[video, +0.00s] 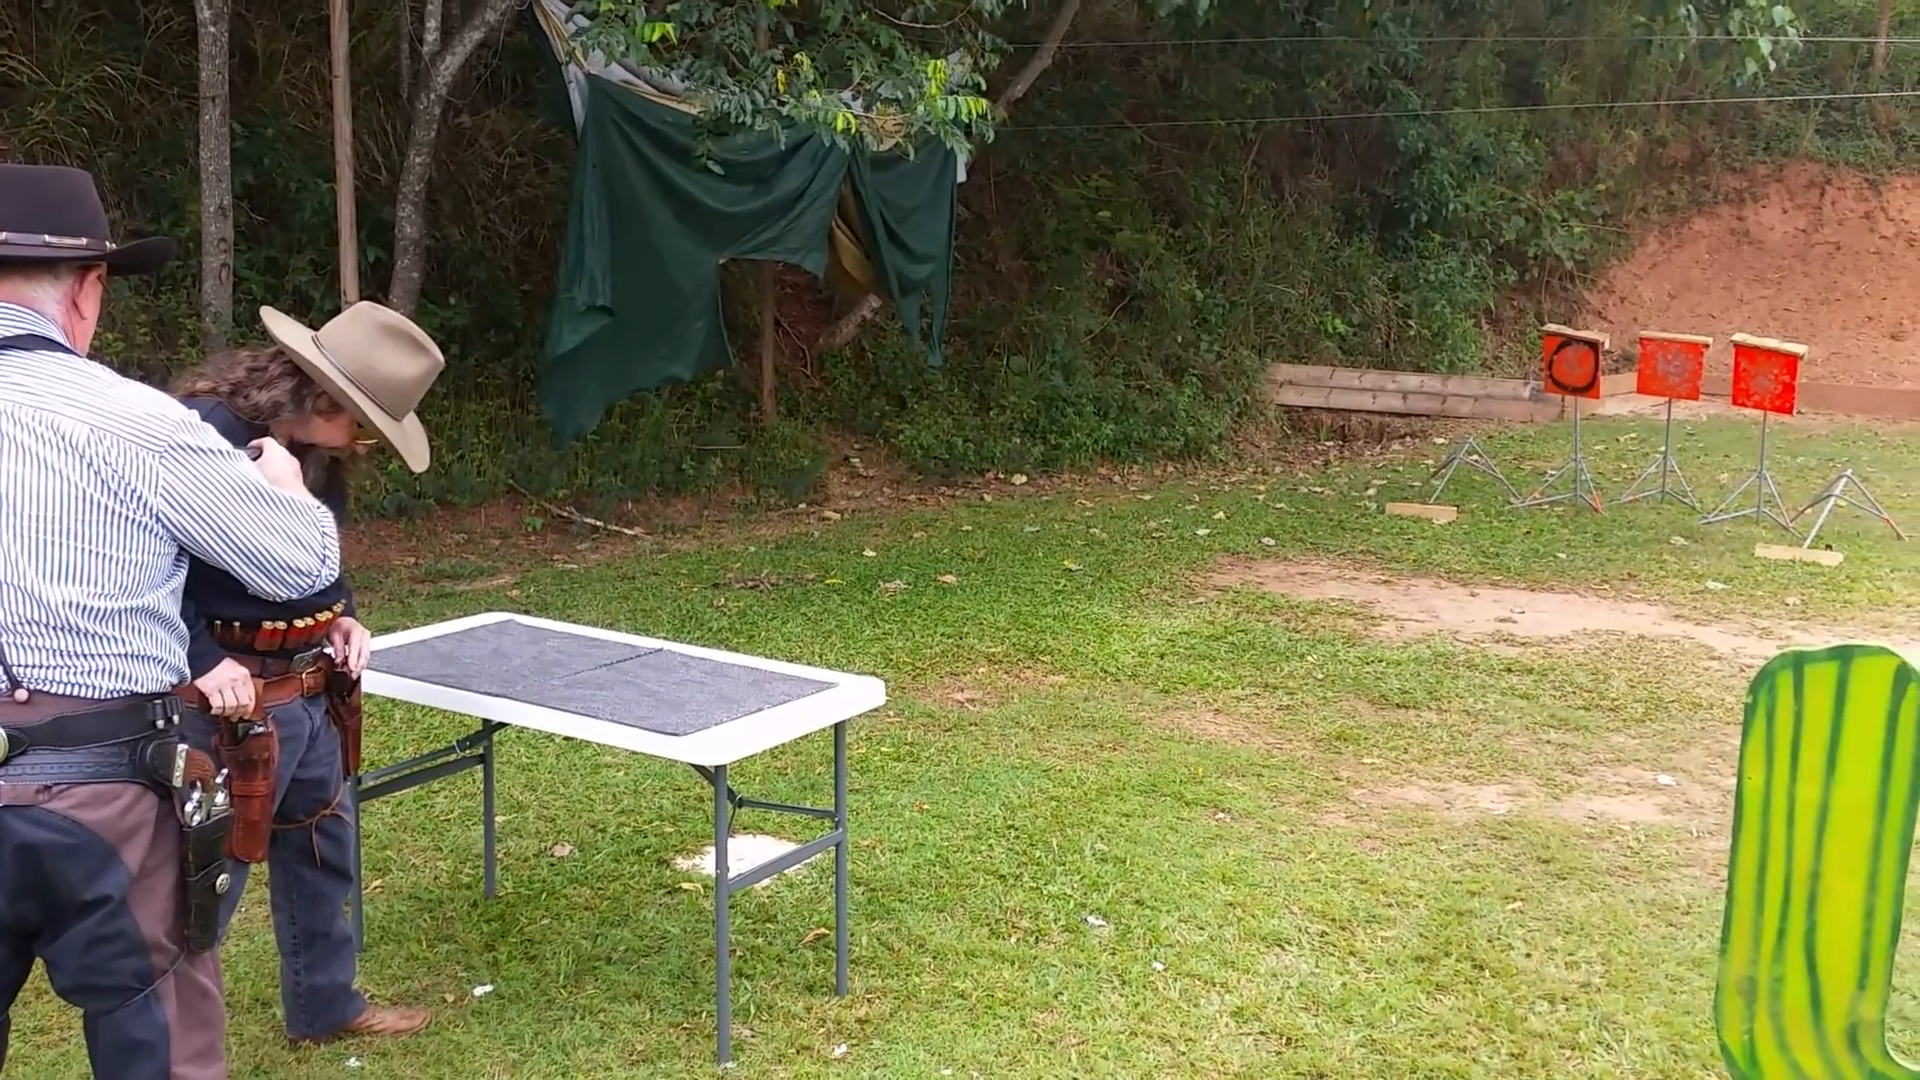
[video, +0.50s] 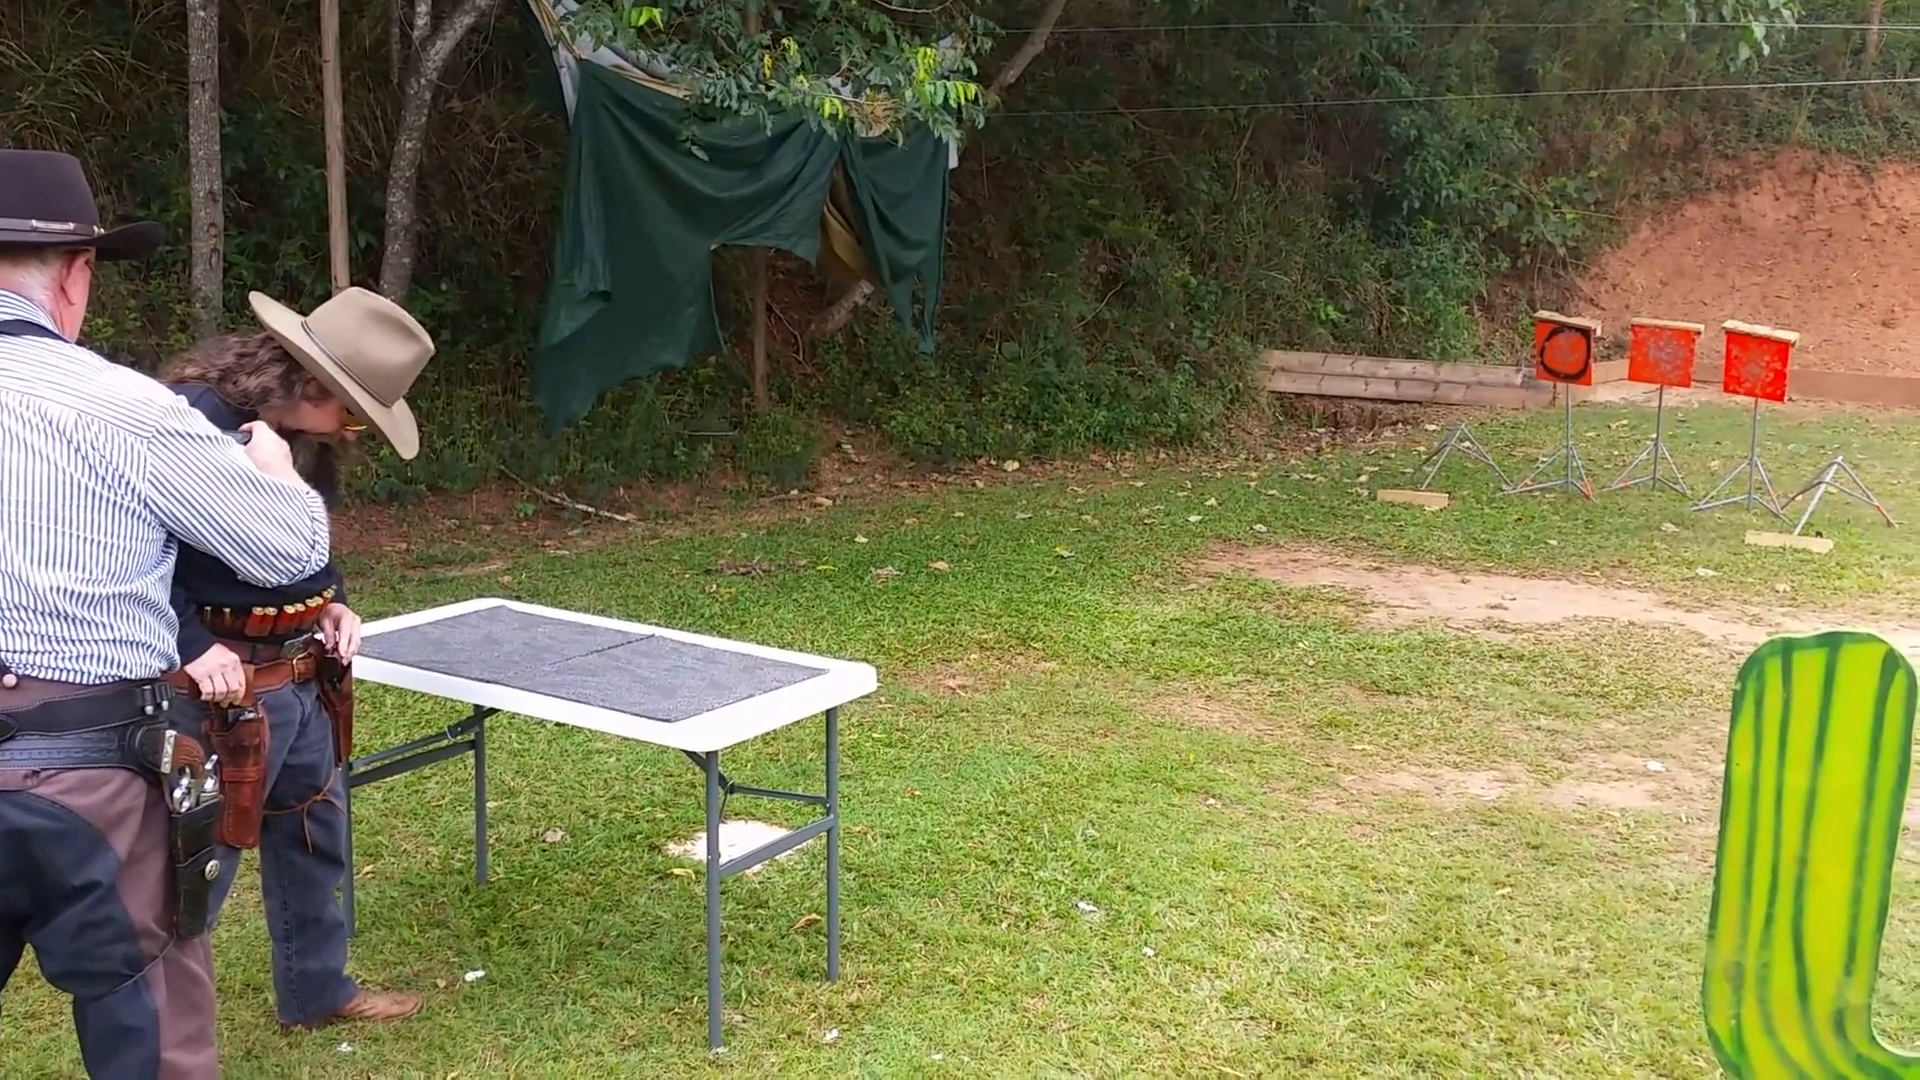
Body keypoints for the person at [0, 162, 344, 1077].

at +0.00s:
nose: (101, 310)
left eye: (101, 288)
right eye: (102, 286)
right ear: (84, 290)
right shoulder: (135, 424)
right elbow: (306, 565)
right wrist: (288, 492)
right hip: (94, 778)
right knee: (164, 1048)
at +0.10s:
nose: (99, 303)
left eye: (100, 280)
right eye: (100, 279)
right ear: (83, 286)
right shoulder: (130, 420)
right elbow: (304, 561)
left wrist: (191, 657)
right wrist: (287, 486)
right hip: (97, 771)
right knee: (163, 1043)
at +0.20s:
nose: (96, 299)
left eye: (97, 276)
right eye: (97, 276)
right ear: (80, 284)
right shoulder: (128, 417)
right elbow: (301, 559)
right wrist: (285, 482)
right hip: (90, 771)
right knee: (158, 1040)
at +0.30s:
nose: (94, 294)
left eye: (94, 272)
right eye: (95, 271)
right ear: (79, 279)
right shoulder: (124, 414)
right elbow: (299, 555)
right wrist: (280, 474)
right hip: (87, 767)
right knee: (158, 1038)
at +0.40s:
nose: (92, 293)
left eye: (91, 270)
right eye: (92, 269)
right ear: (74, 276)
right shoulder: (123, 413)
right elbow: (298, 552)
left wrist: (185, 646)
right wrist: (274, 465)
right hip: (85, 762)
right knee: (156, 1034)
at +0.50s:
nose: (90, 290)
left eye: (89, 267)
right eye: (91, 267)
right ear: (73, 273)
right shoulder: (123, 412)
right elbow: (297, 548)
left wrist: (184, 646)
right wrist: (270, 461)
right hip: (85, 762)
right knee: (157, 1030)